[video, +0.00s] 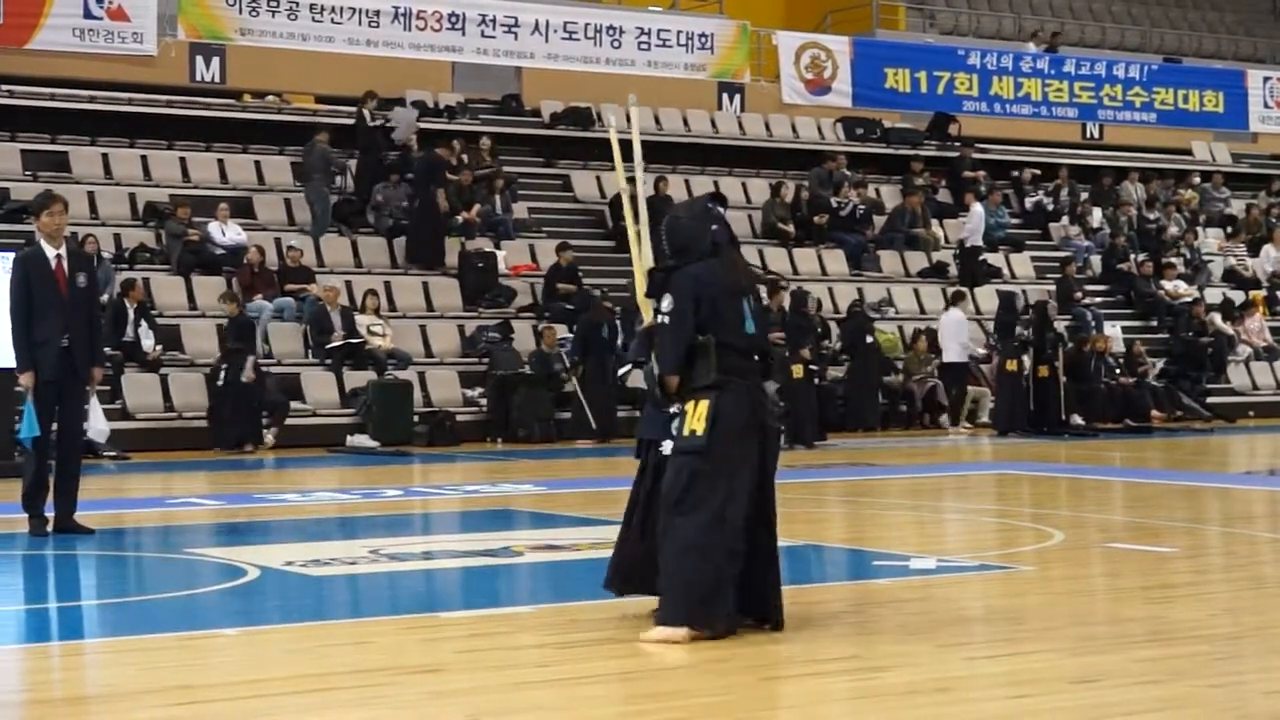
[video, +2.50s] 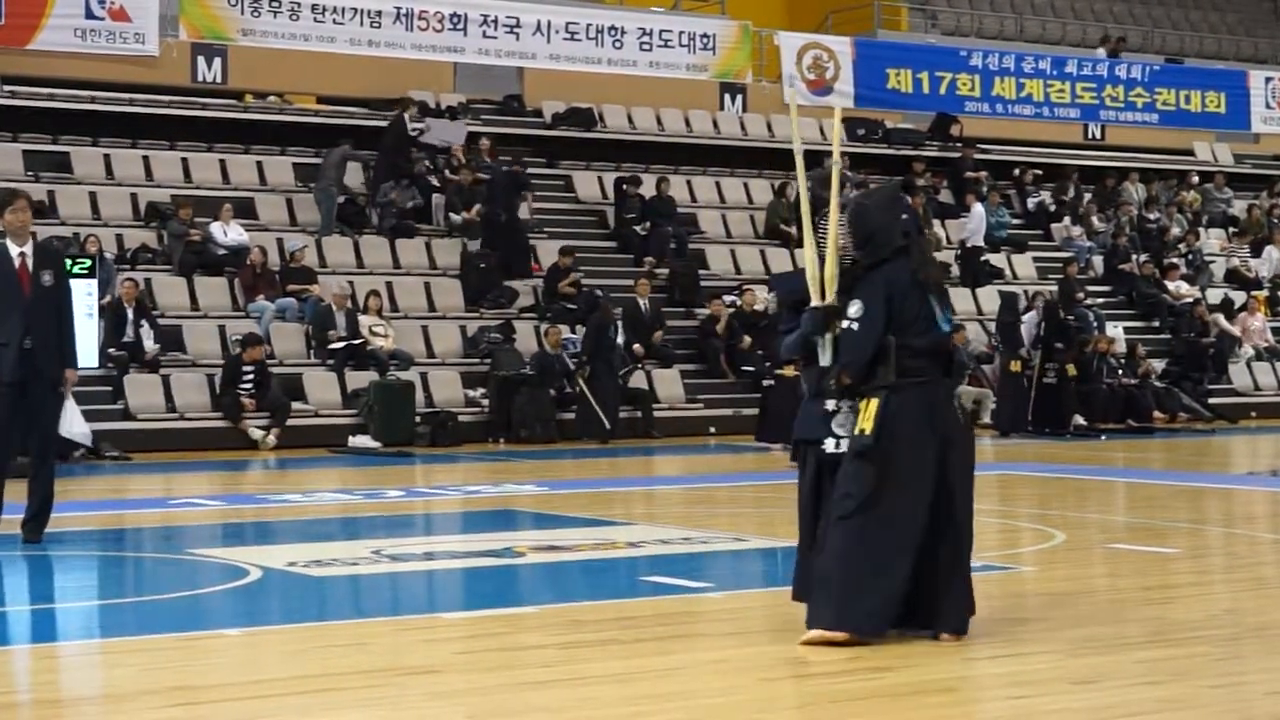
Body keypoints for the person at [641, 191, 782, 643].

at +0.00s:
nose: (669, 244)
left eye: (673, 236)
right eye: (670, 236)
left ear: (685, 239)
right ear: (718, 234)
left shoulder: (687, 281)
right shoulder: (741, 278)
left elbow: (672, 362)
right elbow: (757, 346)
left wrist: (671, 387)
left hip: (711, 406)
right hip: (751, 403)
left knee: (688, 504)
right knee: (742, 505)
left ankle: (684, 614)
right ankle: (749, 605)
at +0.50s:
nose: (687, 242)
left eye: (691, 234)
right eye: (688, 234)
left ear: (705, 237)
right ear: (739, 233)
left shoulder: (706, 281)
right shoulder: (762, 279)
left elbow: (689, 354)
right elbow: (771, 346)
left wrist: (691, 385)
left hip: (731, 409)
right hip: (778, 406)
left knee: (695, 510)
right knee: (779, 506)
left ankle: (678, 620)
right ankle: (812, 606)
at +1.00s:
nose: (725, 240)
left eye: (728, 233)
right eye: (727, 232)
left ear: (740, 235)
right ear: (777, 231)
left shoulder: (739, 283)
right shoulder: (808, 280)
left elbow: (716, 359)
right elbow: (821, 352)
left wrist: (725, 383)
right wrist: (790, 378)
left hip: (761, 411)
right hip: (812, 409)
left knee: (735, 511)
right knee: (824, 510)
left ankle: (723, 616)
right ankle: (835, 613)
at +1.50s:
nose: (736, 236)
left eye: (738, 228)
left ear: (745, 231)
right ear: (787, 226)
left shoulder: (734, 279)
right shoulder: (812, 280)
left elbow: (709, 352)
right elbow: (821, 353)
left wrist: (723, 370)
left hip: (754, 407)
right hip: (809, 407)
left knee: (736, 510)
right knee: (816, 509)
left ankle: (716, 622)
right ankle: (825, 617)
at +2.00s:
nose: (781, 229)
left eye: (783, 222)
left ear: (789, 226)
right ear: (833, 224)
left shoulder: (776, 279)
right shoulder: (855, 281)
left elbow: (750, 347)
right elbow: (865, 345)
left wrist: (756, 369)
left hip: (797, 405)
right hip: (852, 404)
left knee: (783, 505)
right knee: (866, 504)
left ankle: (773, 615)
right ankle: (897, 608)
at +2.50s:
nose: (848, 237)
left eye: (855, 228)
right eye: (848, 227)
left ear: (875, 232)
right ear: (904, 229)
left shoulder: (876, 282)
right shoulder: (927, 276)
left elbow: (857, 354)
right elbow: (939, 345)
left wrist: (841, 377)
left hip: (894, 409)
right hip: (940, 407)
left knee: (856, 506)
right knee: (944, 513)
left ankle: (843, 617)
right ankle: (950, 618)